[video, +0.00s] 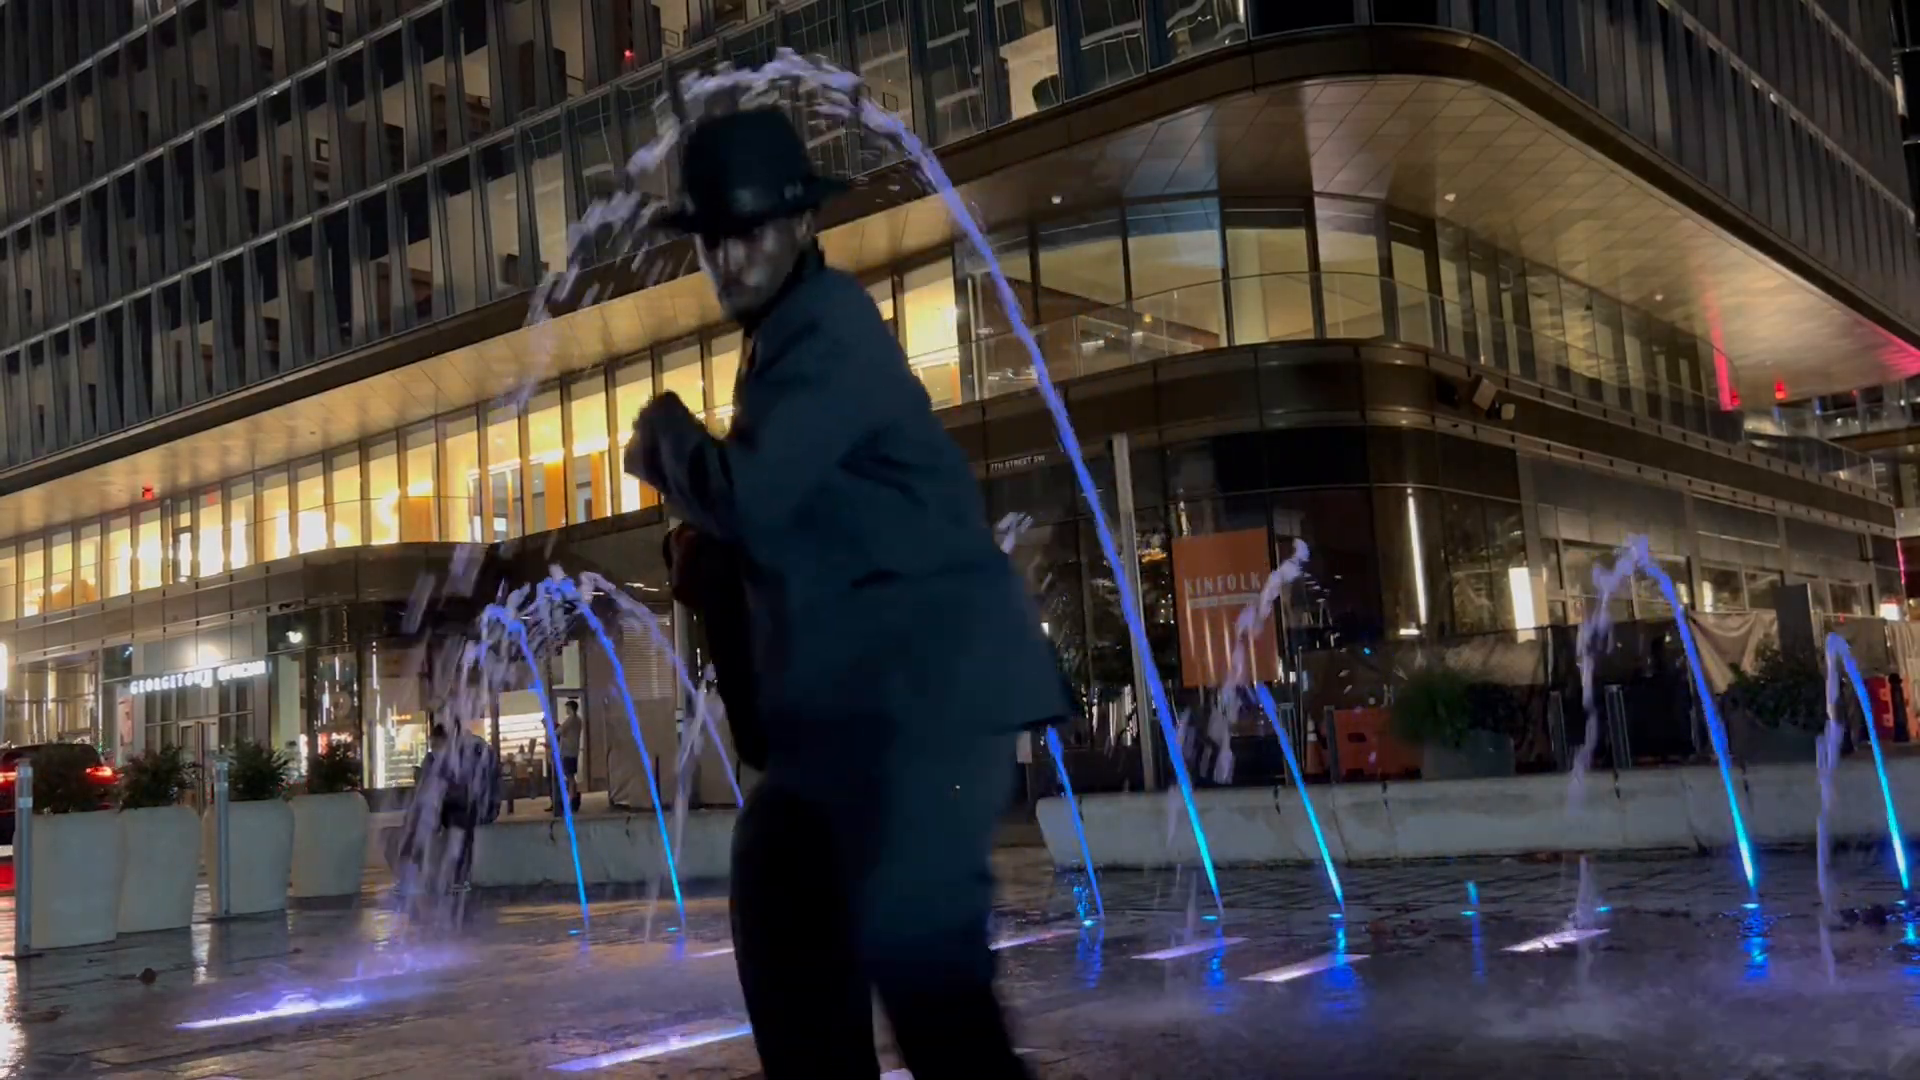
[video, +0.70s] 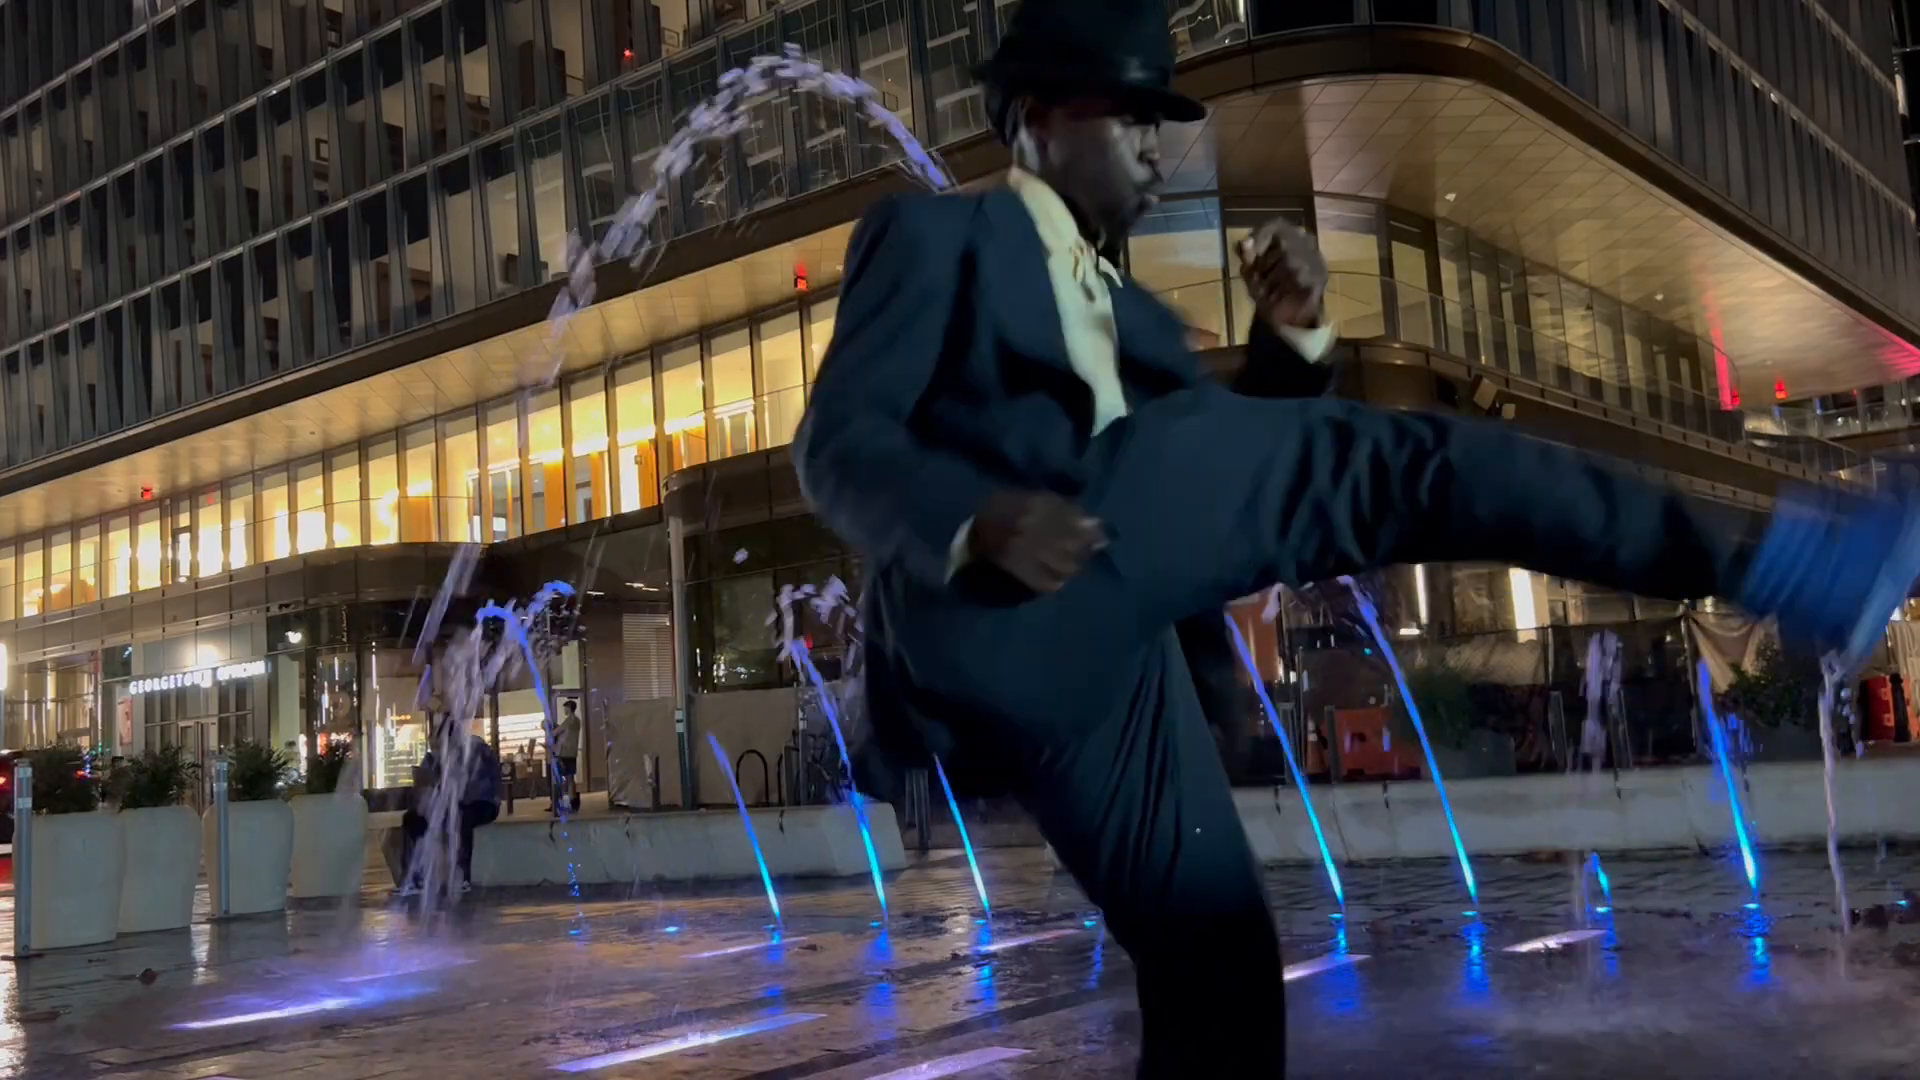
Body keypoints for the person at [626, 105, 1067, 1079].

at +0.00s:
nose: (728, 258)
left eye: (748, 231)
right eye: (710, 240)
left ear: (802, 225)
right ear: (697, 248)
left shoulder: (826, 332)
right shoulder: (786, 340)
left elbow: (761, 502)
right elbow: (813, 533)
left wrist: (667, 436)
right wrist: (715, 565)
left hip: (932, 693)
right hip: (858, 693)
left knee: (916, 927)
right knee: (780, 910)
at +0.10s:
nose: (737, 301)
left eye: (760, 275)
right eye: (722, 279)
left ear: (816, 269)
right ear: (710, 282)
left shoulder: (853, 391)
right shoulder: (797, 393)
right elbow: (827, 575)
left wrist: (721, 515)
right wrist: (733, 620)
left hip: (981, 735)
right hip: (913, 735)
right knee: (802, 910)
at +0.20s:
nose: (833, 253)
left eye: (854, 223)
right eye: (812, 232)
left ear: (899, 228)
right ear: (799, 249)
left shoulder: (986, 372)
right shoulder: (782, 404)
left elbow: (1076, 550)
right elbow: (797, 565)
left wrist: (906, 558)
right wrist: (784, 623)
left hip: (1014, 720)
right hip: (854, 744)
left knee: (1099, 971)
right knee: (804, 956)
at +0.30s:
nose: (987, 185)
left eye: (1004, 158)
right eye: (958, 164)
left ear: (1034, 173)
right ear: (915, 186)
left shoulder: (1120, 326)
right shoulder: (832, 346)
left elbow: (1196, 496)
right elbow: (801, 539)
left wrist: (1133, 479)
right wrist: (879, 567)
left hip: (1085, 727)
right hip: (905, 738)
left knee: (1177, 999)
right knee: (843, 1001)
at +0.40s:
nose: (1059, 155)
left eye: (1068, 132)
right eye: (1027, 131)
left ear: (1082, 148)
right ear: (958, 154)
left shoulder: (1143, 317)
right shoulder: (887, 308)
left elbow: (1215, 509)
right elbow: (833, 504)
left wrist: (1202, 457)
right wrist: (873, 568)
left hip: (1150, 677)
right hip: (1002, 681)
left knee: (1203, 1004)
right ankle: (751, 1071)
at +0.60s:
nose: (1128, 166)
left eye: (1135, 141)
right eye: (1100, 137)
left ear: (1128, 153)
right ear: (1016, 142)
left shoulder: (1167, 310)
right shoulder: (913, 286)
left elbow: (1273, 473)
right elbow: (841, 497)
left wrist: (1297, 359)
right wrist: (909, 570)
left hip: (1156, 595)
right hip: (1018, 601)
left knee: (1223, 966)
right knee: (1338, 543)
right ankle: (1761, 518)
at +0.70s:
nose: (1147, 153)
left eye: (1151, 131)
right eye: (1125, 126)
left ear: (1109, 137)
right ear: (1039, 122)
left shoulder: (1120, 302)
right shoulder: (935, 233)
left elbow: (1218, 452)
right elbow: (837, 439)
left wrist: (1288, 338)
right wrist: (974, 519)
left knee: (1215, 962)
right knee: (1405, 462)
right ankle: (1774, 564)